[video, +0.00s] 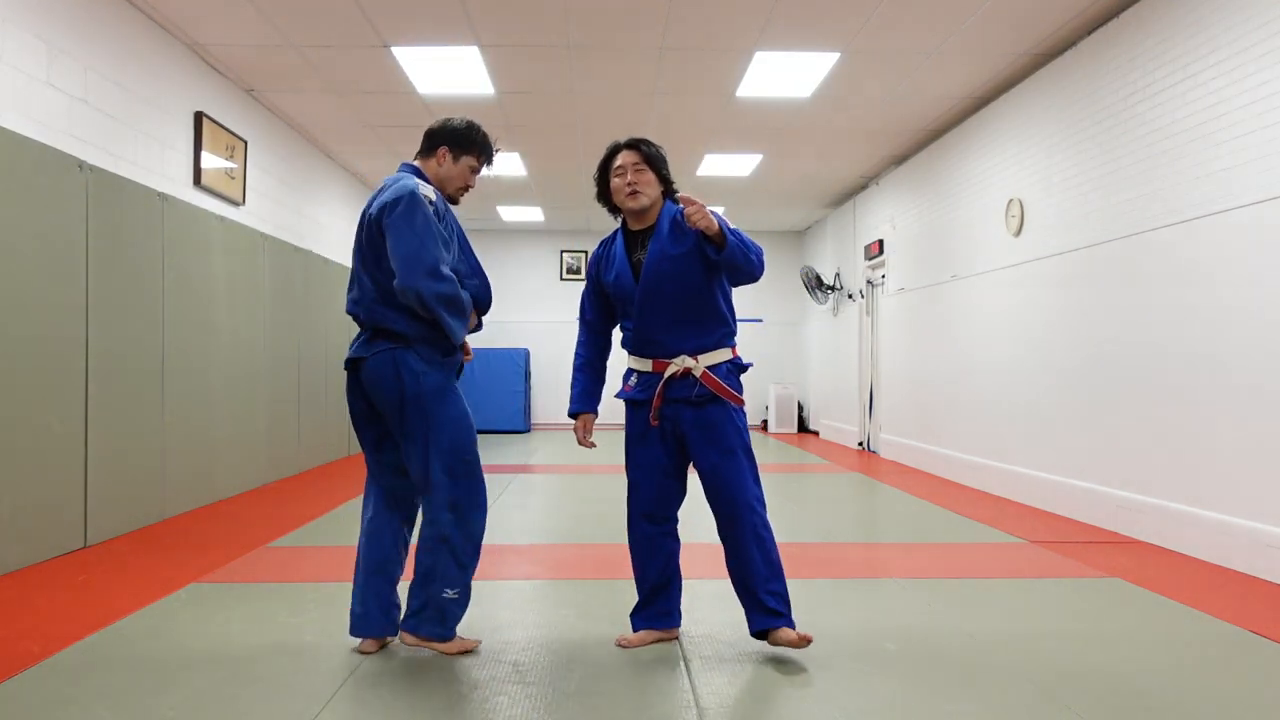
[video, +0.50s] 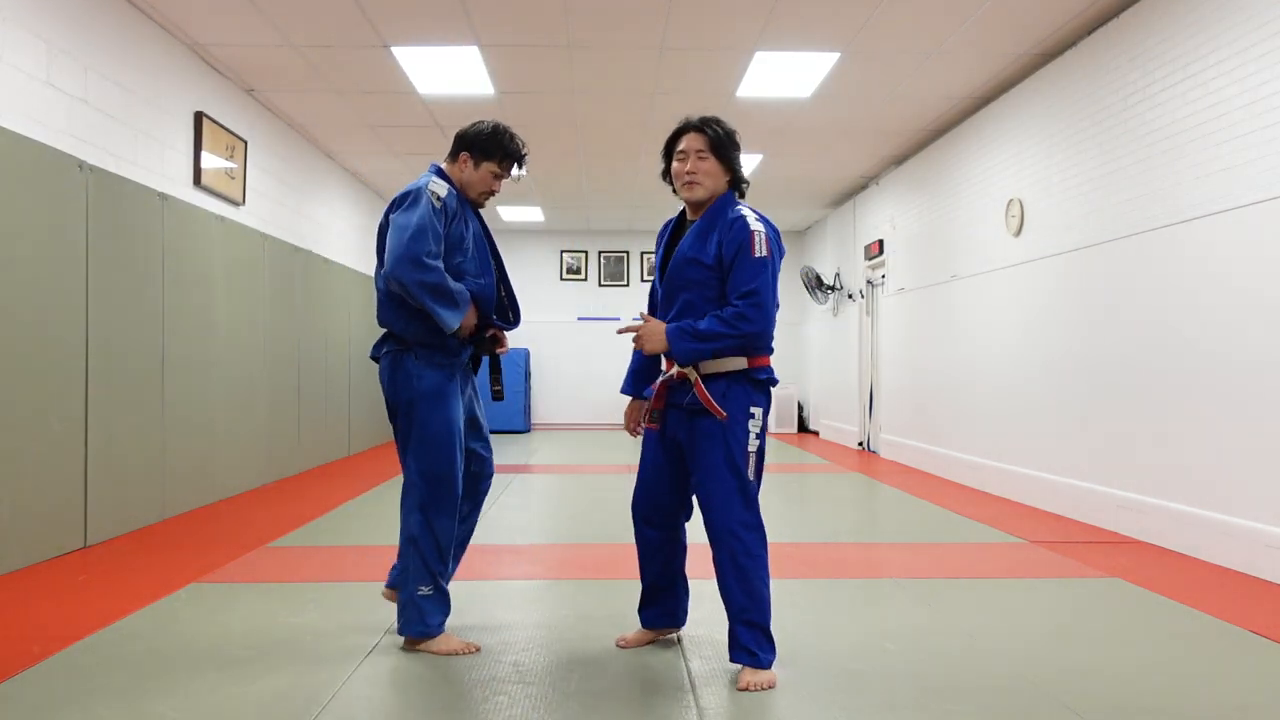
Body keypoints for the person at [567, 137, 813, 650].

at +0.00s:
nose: (629, 177)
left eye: (639, 168)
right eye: (619, 172)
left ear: (661, 178)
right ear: (609, 191)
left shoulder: (696, 221)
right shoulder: (607, 255)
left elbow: (751, 268)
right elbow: (593, 332)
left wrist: (715, 231)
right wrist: (584, 403)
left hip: (712, 382)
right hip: (646, 389)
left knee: (740, 504)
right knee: (649, 511)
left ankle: (772, 620)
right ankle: (658, 620)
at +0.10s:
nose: (633, 175)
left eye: (643, 166)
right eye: (622, 170)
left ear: (668, 179)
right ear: (613, 189)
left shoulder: (703, 224)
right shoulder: (612, 254)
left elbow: (752, 275)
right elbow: (598, 331)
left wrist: (707, 227)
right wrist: (586, 402)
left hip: (711, 384)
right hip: (646, 390)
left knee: (739, 508)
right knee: (648, 512)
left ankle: (766, 626)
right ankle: (658, 620)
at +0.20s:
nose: (644, 174)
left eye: (656, 165)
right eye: (635, 169)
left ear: (680, 175)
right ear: (625, 184)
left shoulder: (708, 224)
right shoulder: (619, 250)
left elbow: (749, 281)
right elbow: (606, 330)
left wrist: (681, 237)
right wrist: (595, 400)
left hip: (710, 386)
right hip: (648, 390)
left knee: (733, 515)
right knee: (649, 514)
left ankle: (759, 634)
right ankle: (661, 618)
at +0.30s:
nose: (659, 171)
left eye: (672, 163)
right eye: (651, 165)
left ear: (696, 176)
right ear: (640, 180)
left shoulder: (724, 228)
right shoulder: (639, 243)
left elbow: (738, 298)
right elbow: (621, 326)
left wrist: (657, 279)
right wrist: (604, 397)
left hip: (712, 389)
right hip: (655, 391)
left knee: (725, 522)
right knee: (650, 514)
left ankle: (750, 649)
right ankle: (660, 619)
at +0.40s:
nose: (675, 170)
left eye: (688, 161)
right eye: (666, 163)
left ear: (714, 173)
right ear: (658, 177)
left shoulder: (738, 230)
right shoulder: (654, 242)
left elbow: (734, 314)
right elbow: (637, 324)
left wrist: (650, 329)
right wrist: (616, 396)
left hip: (719, 389)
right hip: (663, 390)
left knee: (727, 522)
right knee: (650, 513)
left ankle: (752, 653)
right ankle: (659, 621)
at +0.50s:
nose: (686, 165)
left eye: (701, 156)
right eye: (679, 157)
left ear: (728, 168)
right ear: (670, 170)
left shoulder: (749, 228)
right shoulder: (672, 233)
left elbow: (754, 324)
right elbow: (658, 319)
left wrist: (672, 337)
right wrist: (637, 389)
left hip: (732, 389)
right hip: (676, 388)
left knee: (733, 522)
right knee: (654, 509)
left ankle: (753, 655)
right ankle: (662, 618)